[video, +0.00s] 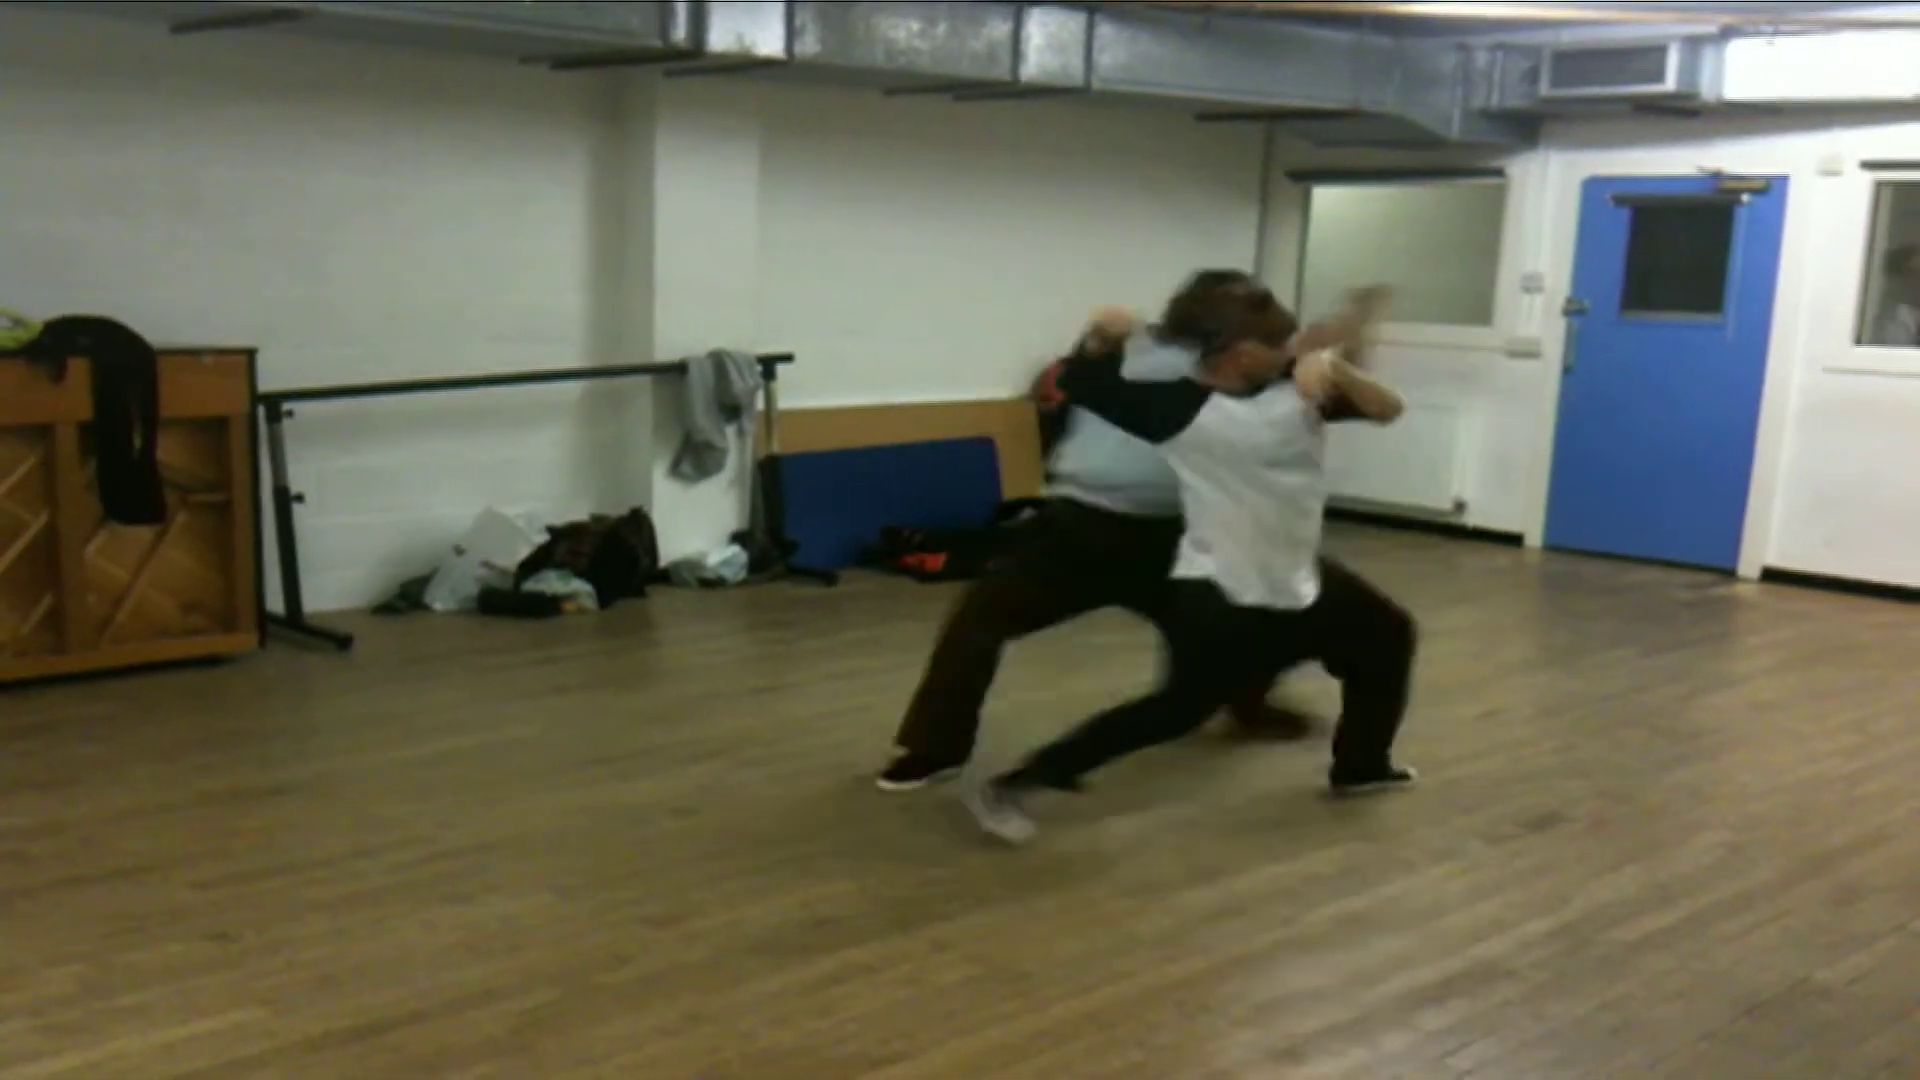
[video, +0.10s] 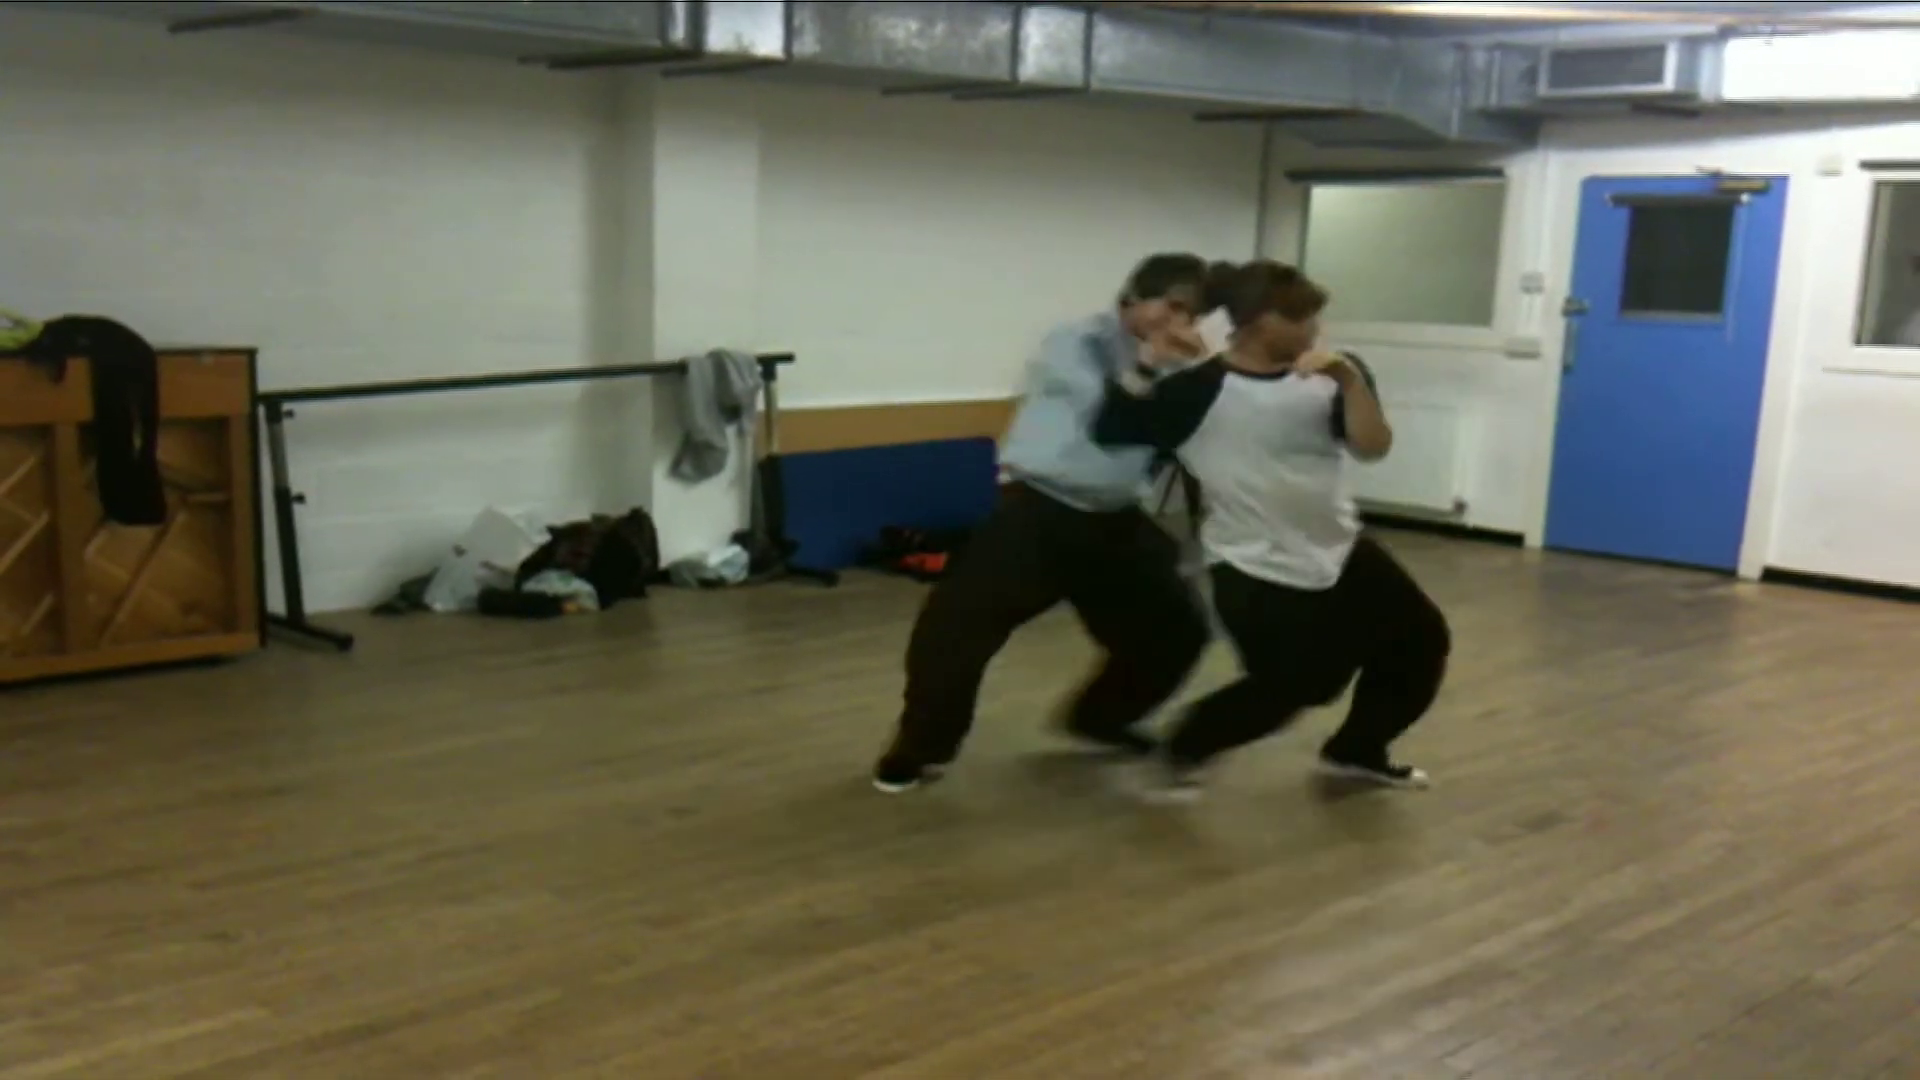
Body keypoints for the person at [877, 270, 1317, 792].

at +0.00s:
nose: (1273, 350)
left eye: (1271, 336)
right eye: (1262, 337)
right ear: (1221, 330)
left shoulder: (1248, 380)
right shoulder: (1123, 354)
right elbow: (1052, 396)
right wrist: (1091, 349)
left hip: (1175, 536)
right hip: (1080, 528)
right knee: (982, 613)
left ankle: (1249, 705)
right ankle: (933, 749)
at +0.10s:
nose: (1180, 326)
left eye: (1190, 315)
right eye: (1170, 308)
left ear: (1194, 322)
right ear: (1131, 304)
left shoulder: (1183, 377)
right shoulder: (1074, 346)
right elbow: (1107, 431)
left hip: (1117, 525)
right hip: (1037, 514)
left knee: (1172, 632)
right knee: (952, 628)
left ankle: (1098, 718)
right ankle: (922, 747)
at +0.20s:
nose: (1160, 312)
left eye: (1167, 302)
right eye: (1152, 298)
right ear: (1106, 295)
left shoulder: (1137, 375)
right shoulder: (1025, 355)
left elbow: (1136, 455)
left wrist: (1135, 477)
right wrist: (1094, 478)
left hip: (1072, 527)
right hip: (997, 516)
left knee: (1137, 629)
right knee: (957, 637)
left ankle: (1037, 728)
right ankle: (851, 737)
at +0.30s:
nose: (1147, 303)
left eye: (1150, 293)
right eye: (1136, 291)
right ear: (1087, 296)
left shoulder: (1124, 383)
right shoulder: (1007, 360)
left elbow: (1093, 458)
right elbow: (930, 435)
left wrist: (1104, 497)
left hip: (1055, 536)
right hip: (978, 531)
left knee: (1144, 610)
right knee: (938, 647)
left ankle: (1048, 703)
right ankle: (851, 748)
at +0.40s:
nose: (1149, 290)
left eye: (1150, 280)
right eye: (1138, 279)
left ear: (1101, 288)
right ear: (1091, 284)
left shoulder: (1132, 370)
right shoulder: (1004, 342)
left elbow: (1113, 449)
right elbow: (904, 405)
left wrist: (1076, 475)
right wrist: (909, 480)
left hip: (1060, 519)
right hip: (979, 514)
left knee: (1148, 591)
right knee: (940, 638)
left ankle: (1078, 693)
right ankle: (852, 748)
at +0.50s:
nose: (1155, 296)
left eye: (1154, 285)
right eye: (1145, 285)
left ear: (1105, 293)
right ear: (1102, 290)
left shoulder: (1145, 373)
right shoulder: (1001, 343)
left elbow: (1136, 446)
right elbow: (905, 406)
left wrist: (1096, 491)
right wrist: (913, 483)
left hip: (1067, 528)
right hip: (982, 521)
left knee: (1131, 625)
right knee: (932, 644)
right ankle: (852, 749)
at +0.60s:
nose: (1169, 314)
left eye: (1167, 303)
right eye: (1159, 302)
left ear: (1123, 309)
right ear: (1122, 307)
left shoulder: (1161, 385)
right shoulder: (1013, 368)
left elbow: (1162, 465)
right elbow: (939, 442)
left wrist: (1148, 517)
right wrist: (975, 512)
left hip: (1091, 554)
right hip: (1011, 551)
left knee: (1174, 639)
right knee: (956, 651)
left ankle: (1221, 710)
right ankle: (857, 747)